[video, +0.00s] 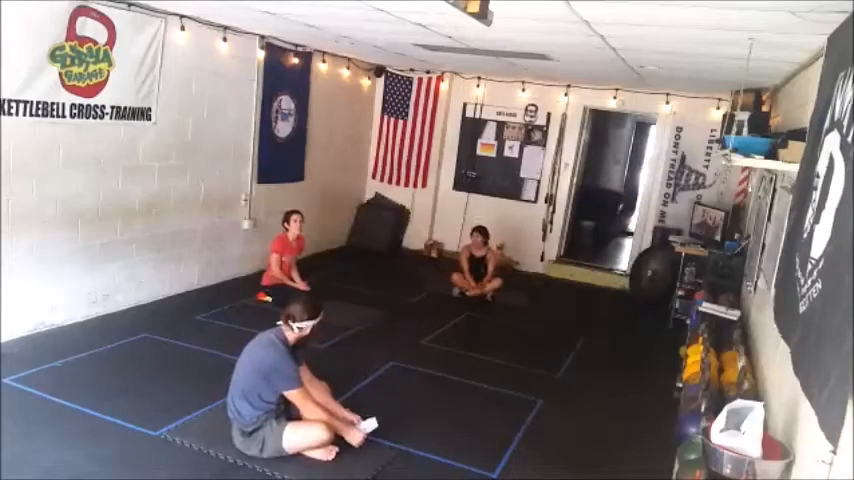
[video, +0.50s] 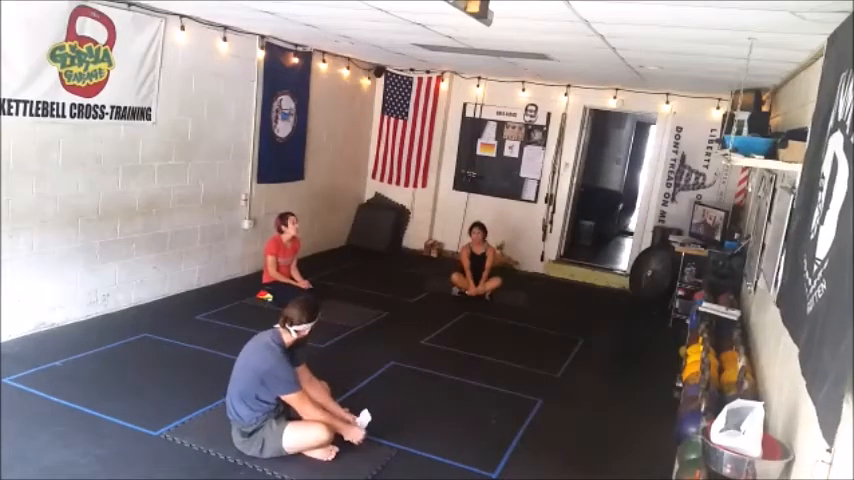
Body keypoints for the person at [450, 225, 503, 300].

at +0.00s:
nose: (474, 239)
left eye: (477, 236)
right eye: (473, 236)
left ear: (484, 238)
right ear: (471, 237)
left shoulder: (490, 253)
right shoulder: (465, 250)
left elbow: (490, 272)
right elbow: (466, 270)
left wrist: (483, 283)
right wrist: (473, 284)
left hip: (484, 277)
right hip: (470, 277)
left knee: (498, 282)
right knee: (455, 277)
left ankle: (468, 293)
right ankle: (483, 293)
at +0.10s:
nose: (472, 238)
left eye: (475, 235)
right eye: (471, 235)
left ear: (482, 236)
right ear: (469, 236)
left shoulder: (489, 251)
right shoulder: (465, 250)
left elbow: (489, 270)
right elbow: (466, 270)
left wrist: (482, 287)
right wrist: (474, 287)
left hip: (484, 277)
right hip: (470, 277)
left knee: (498, 281)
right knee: (455, 277)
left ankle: (469, 294)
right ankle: (479, 294)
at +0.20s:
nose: (474, 235)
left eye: (477, 232)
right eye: (472, 232)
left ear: (483, 234)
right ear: (470, 234)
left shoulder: (489, 249)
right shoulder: (465, 248)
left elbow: (488, 265)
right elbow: (467, 266)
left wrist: (482, 280)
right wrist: (472, 281)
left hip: (482, 274)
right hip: (469, 273)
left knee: (495, 274)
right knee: (456, 274)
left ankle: (470, 290)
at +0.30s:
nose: (474, 235)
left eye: (477, 232)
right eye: (472, 232)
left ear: (483, 234)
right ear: (469, 235)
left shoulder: (490, 250)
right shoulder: (465, 249)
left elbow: (488, 268)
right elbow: (467, 267)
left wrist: (482, 283)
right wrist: (472, 284)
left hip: (483, 276)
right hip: (470, 275)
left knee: (497, 278)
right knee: (455, 275)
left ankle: (469, 292)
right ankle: (482, 292)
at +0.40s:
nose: (476, 238)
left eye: (479, 235)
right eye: (473, 235)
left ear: (484, 236)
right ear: (471, 236)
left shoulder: (490, 250)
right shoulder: (465, 249)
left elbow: (487, 270)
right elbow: (468, 269)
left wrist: (481, 286)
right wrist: (471, 286)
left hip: (482, 277)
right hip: (469, 277)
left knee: (498, 281)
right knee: (454, 277)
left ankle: (468, 293)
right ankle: (481, 294)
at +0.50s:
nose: (476, 236)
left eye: (479, 233)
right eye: (473, 233)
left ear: (484, 235)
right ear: (470, 235)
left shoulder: (490, 250)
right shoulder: (465, 249)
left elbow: (487, 269)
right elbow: (467, 268)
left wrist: (481, 285)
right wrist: (472, 285)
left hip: (482, 276)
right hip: (469, 276)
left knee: (498, 280)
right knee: (454, 276)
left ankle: (468, 292)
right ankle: (481, 293)